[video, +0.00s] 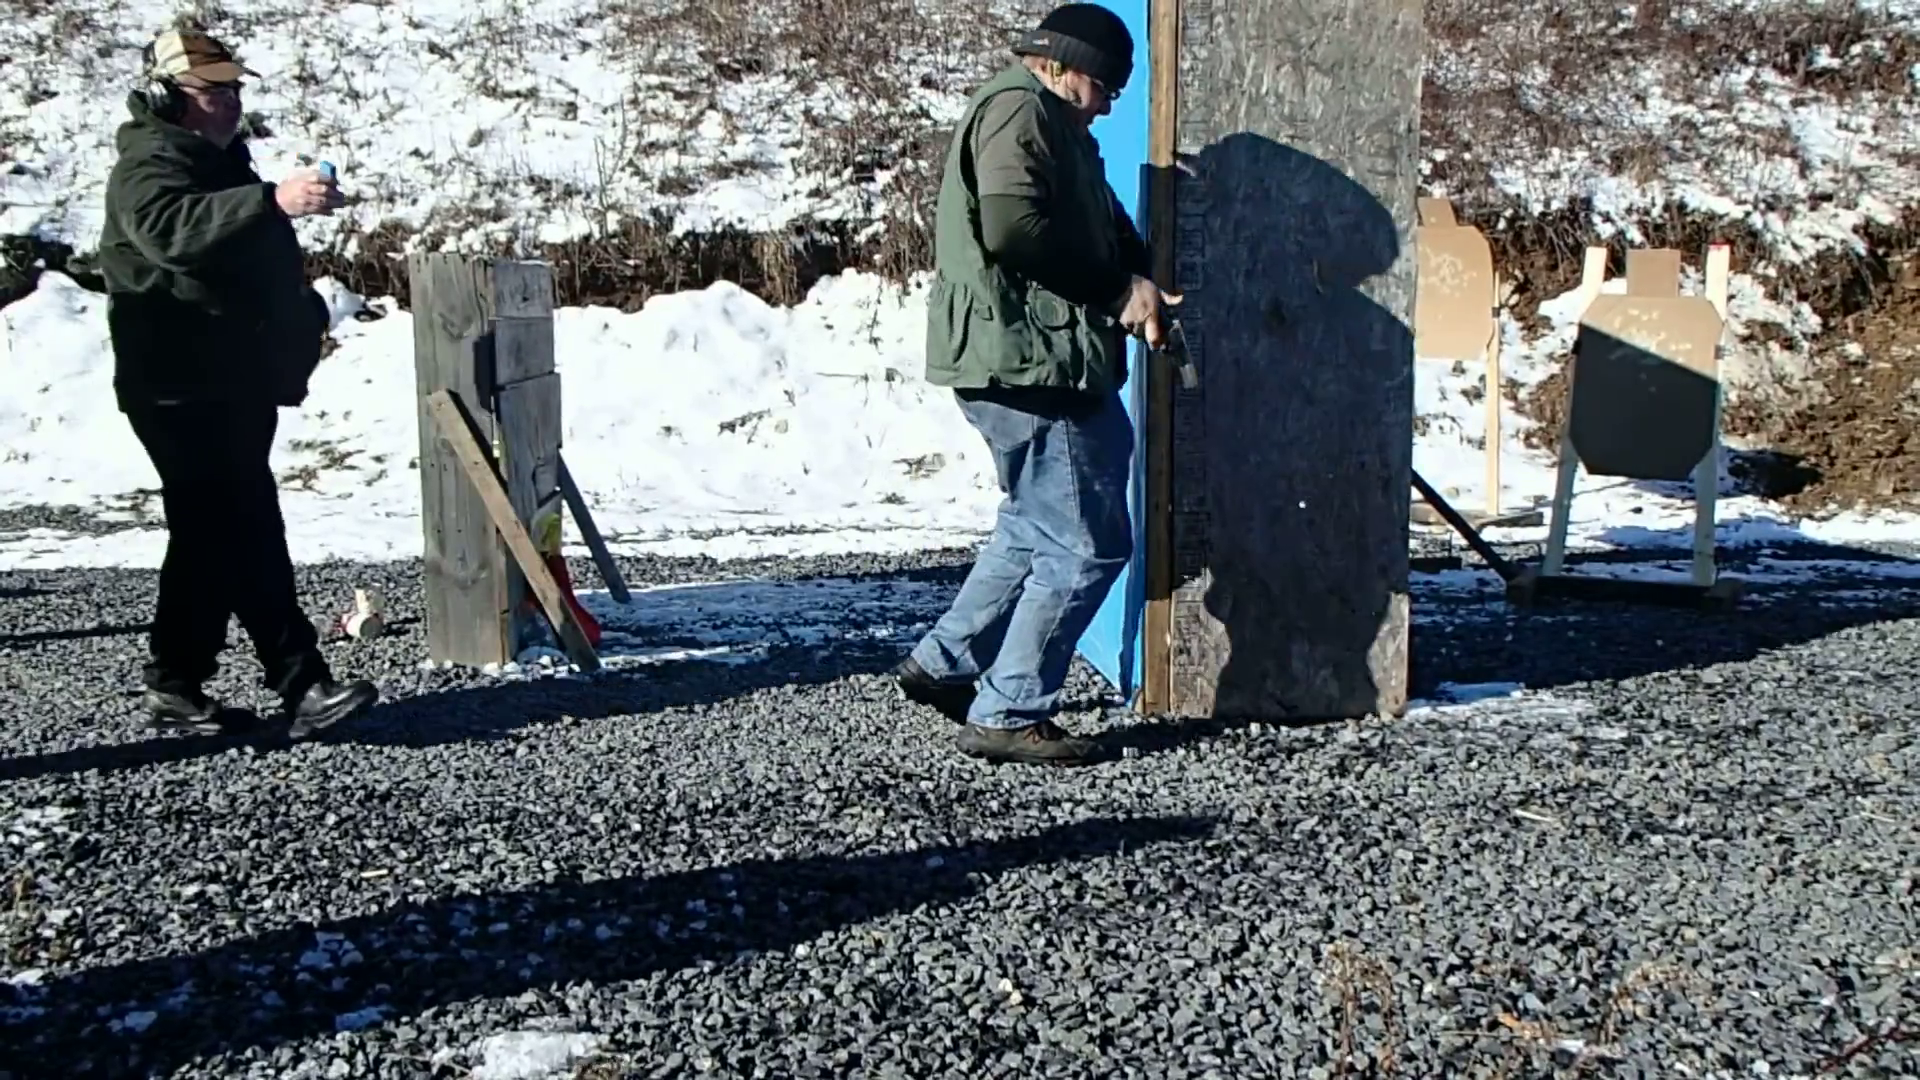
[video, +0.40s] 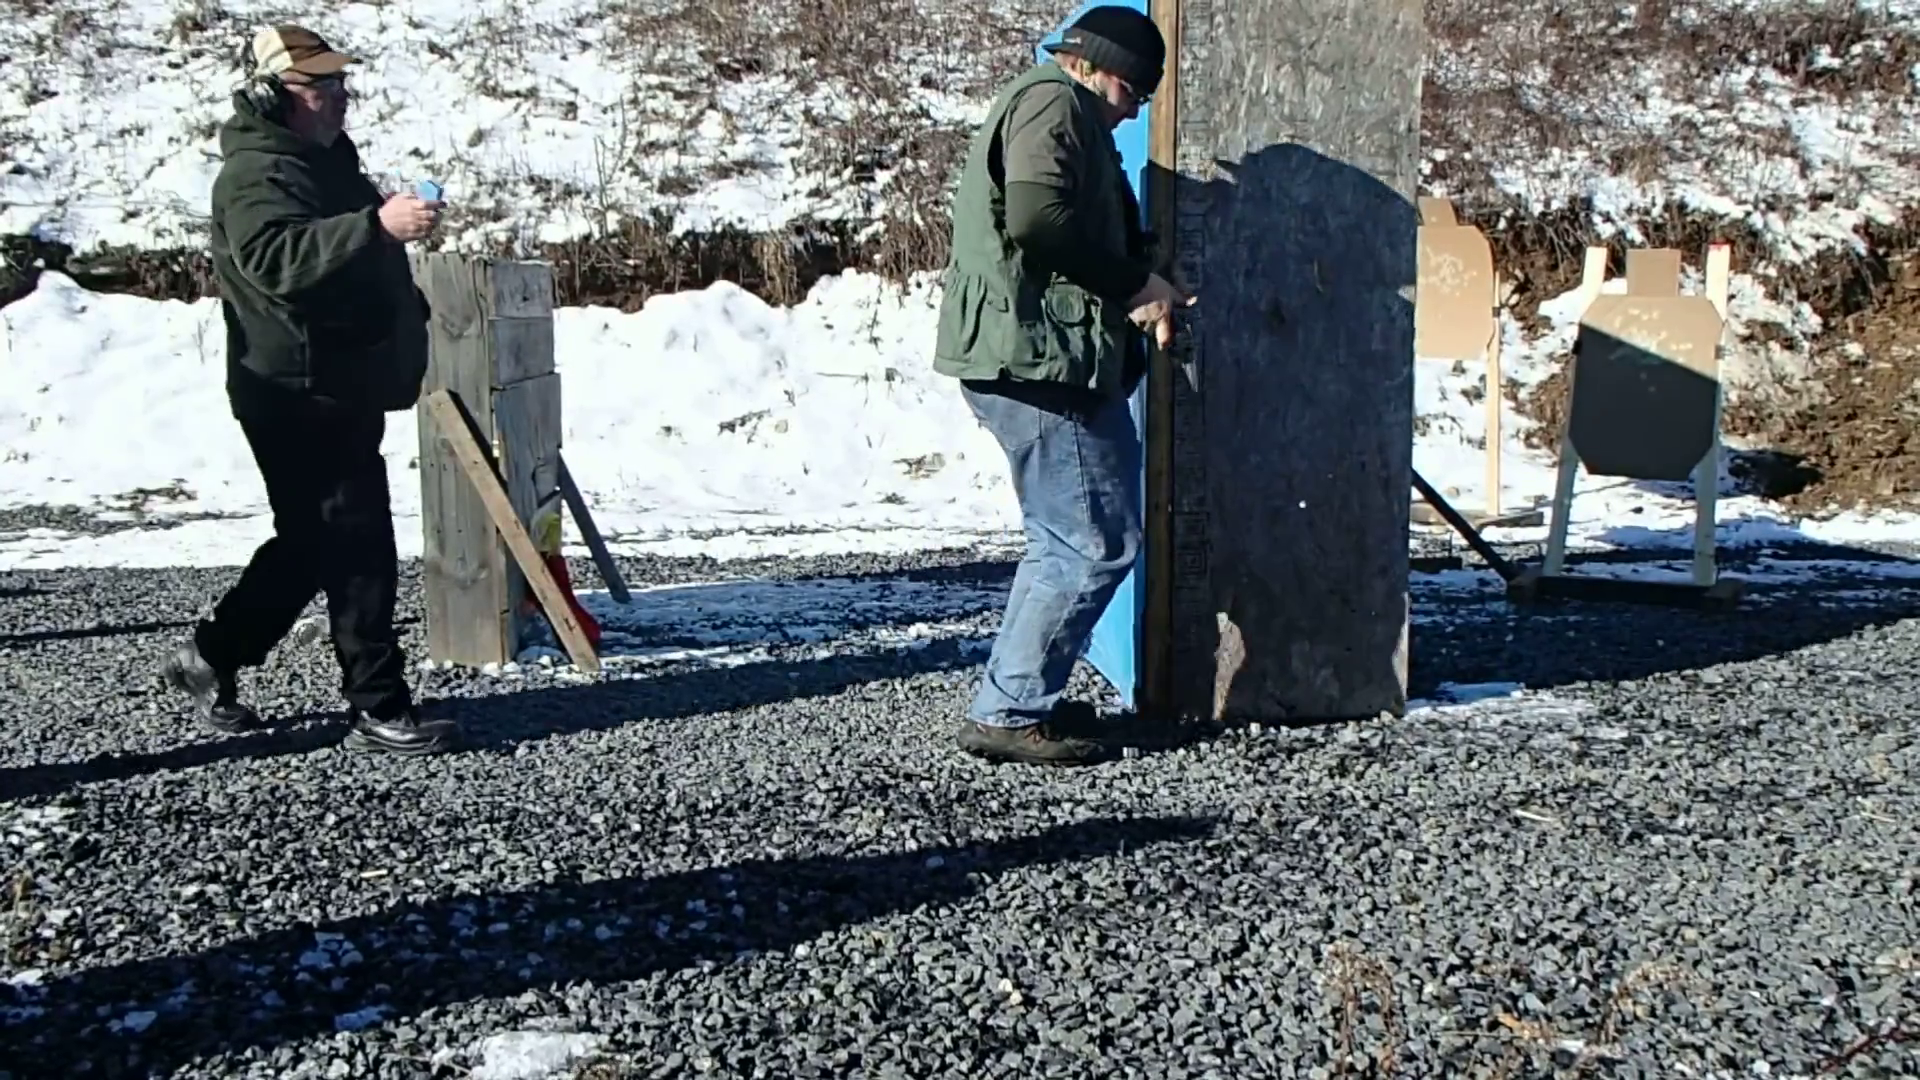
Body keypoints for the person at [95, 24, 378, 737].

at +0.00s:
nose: (234, 102)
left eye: (235, 89)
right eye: (219, 90)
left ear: (230, 90)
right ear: (179, 93)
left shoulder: (226, 161)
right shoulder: (147, 160)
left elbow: (258, 263)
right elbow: (175, 235)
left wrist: (304, 323)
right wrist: (273, 199)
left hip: (235, 383)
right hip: (180, 391)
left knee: (208, 533)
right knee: (249, 530)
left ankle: (174, 682)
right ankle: (302, 686)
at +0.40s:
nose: (344, 95)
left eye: (342, 83)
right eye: (331, 85)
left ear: (310, 96)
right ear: (293, 95)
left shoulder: (322, 156)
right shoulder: (257, 168)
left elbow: (354, 260)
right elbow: (277, 264)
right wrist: (379, 225)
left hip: (340, 386)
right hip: (296, 393)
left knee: (317, 538)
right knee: (355, 543)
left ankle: (214, 654)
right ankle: (380, 707)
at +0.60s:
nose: (398, 85)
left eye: (395, 72)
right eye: (383, 73)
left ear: (365, 84)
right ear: (342, 83)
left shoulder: (380, 148)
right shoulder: (304, 161)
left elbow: (410, 249)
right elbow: (324, 266)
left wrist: (456, 253)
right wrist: (426, 234)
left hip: (402, 378)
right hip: (338, 385)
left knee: (420, 525)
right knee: (373, 536)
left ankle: (300, 630)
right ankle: (380, 708)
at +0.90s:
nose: (469, 80)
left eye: (468, 68)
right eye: (456, 69)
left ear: (434, 79)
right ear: (414, 79)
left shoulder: (462, 153)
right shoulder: (366, 165)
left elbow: (502, 241)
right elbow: (383, 266)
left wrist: (532, 266)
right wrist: (485, 239)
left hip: (475, 384)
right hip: (405, 391)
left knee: (502, 537)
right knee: (408, 556)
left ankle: (553, 684)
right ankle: (382, 716)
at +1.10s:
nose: (521, 84)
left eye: (519, 72)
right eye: (508, 73)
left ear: (488, 83)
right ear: (469, 84)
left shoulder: (514, 162)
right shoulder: (421, 170)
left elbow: (554, 256)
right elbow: (434, 267)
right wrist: (532, 236)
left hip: (534, 389)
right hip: (463, 395)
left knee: (555, 548)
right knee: (457, 554)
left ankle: (584, 704)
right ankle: (388, 712)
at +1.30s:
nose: (573, 80)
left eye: (570, 68)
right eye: (560, 69)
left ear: (538, 81)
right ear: (522, 80)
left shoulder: (564, 153)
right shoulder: (475, 160)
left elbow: (597, 248)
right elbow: (484, 256)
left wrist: (644, 279)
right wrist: (578, 226)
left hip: (589, 377)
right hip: (516, 383)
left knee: (600, 537)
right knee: (546, 531)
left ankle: (592, 702)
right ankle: (466, 670)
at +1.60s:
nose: (631, 79)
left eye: (629, 66)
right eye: (617, 67)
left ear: (599, 77)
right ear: (576, 75)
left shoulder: (604, 146)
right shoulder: (534, 156)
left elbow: (638, 242)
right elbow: (530, 264)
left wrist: (687, 275)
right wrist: (621, 239)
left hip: (621, 379)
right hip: (577, 387)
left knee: (603, 546)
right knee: (629, 540)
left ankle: (590, 712)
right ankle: (637, 717)